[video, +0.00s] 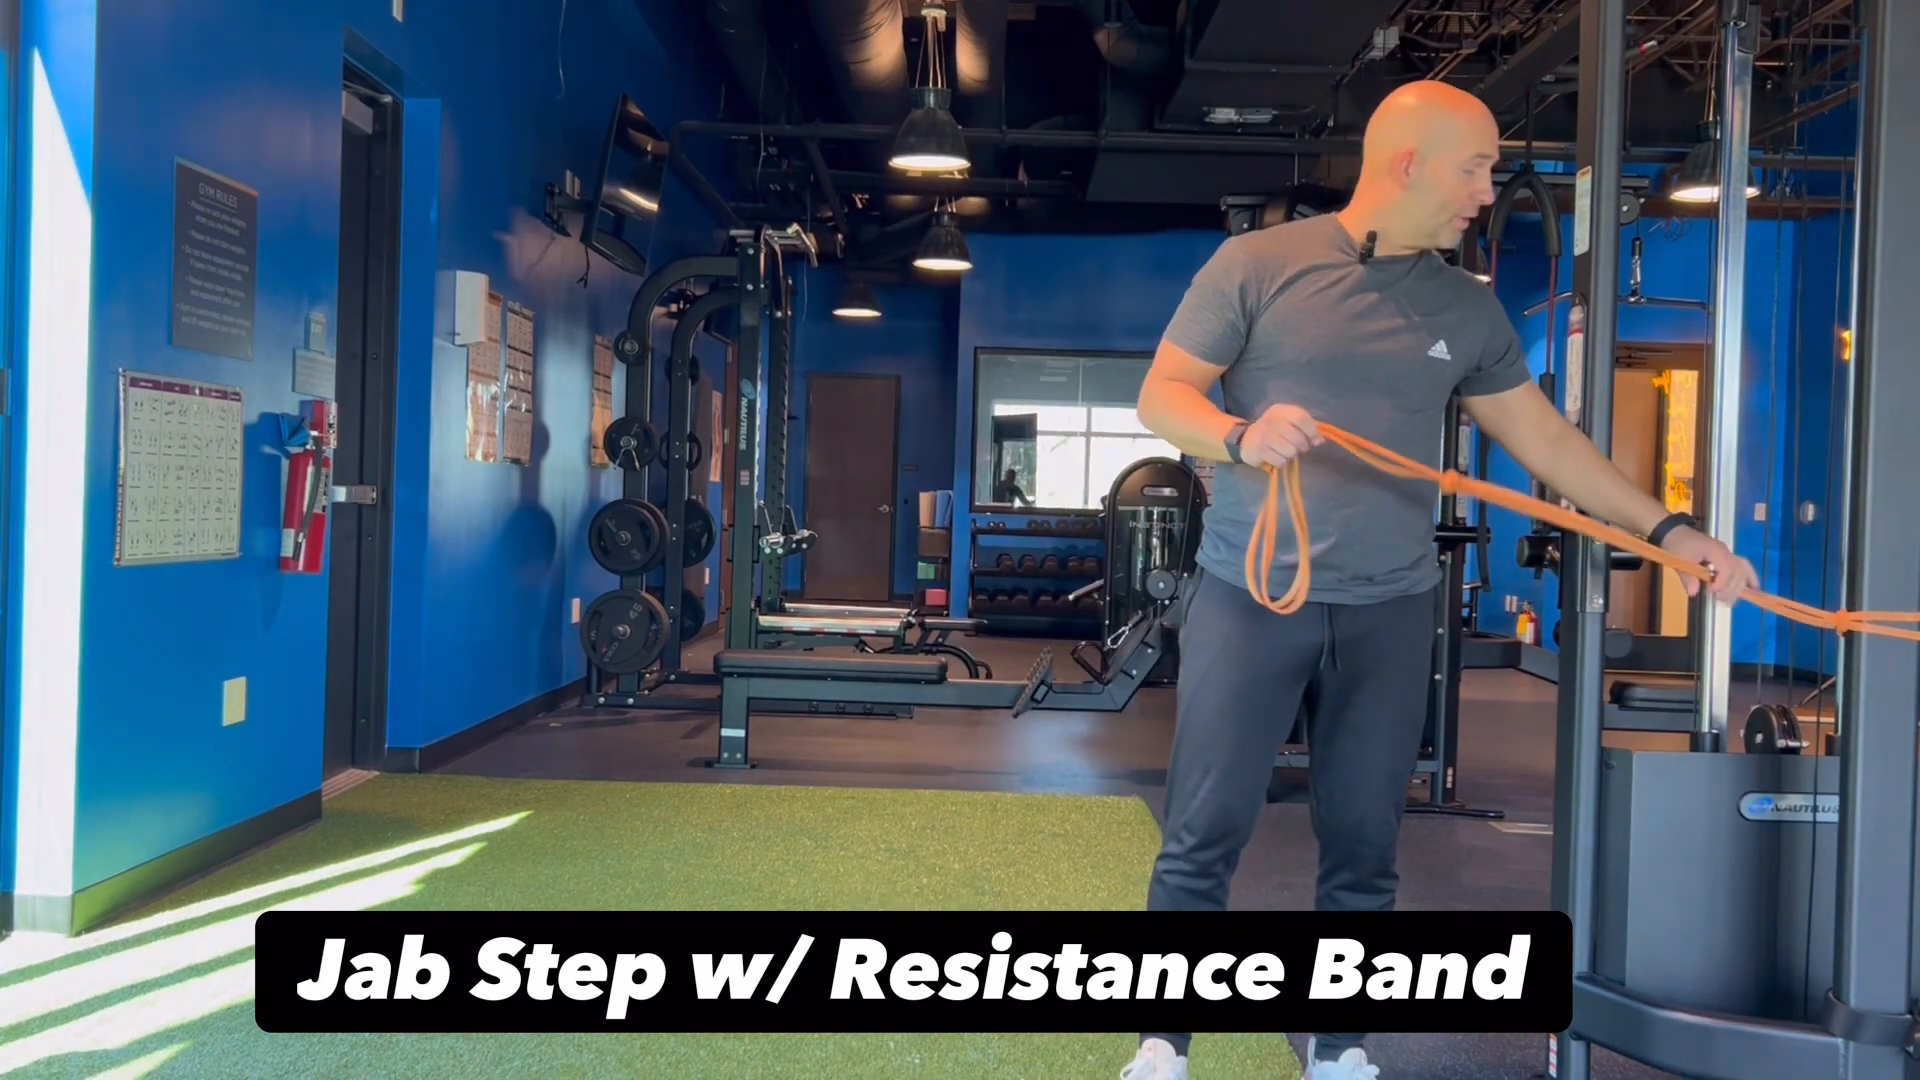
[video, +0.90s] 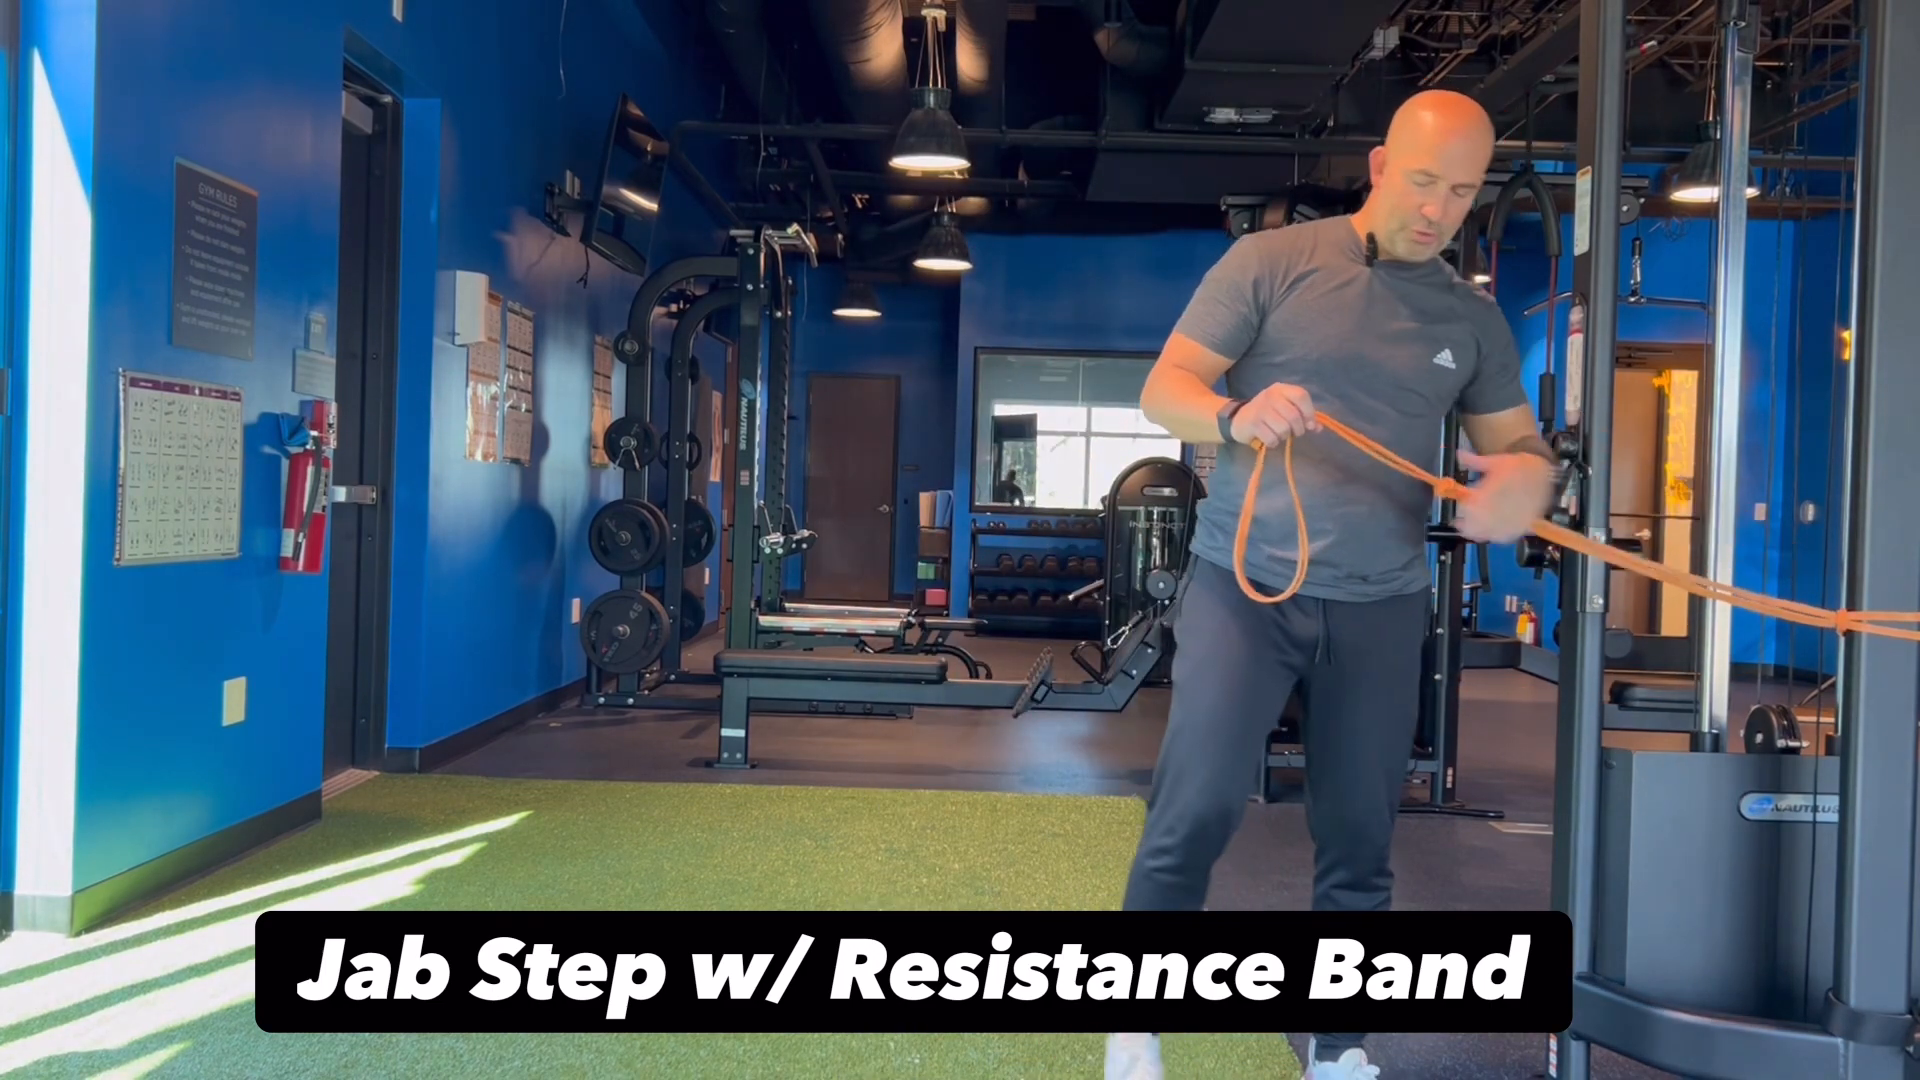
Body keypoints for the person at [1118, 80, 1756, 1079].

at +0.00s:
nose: (1488, 193)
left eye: (1492, 173)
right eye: (1475, 170)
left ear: (1421, 173)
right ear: (1401, 166)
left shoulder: (1468, 309)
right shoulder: (1254, 263)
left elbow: (1551, 443)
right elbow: (1163, 395)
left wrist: (1669, 531)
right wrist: (1238, 433)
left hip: (1391, 603)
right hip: (1248, 592)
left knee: (1363, 848)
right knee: (1202, 834)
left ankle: (1333, 1045)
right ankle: (1161, 1043)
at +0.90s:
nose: (1439, 211)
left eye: (1462, 194)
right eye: (1425, 183)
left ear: (1480, 197)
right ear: (1379, 165)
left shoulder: (1474, 322)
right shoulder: (1268, 262)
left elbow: (1524, 458)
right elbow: (1165, 389)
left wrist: (1515, 493)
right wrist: (1232, 413)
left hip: (1382, 606)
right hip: (1242, 589)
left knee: (1360, 844)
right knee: (1196, 809)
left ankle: (1329, 1038)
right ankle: (1132, 1024)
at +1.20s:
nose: (1324, 199)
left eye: (1345, 181)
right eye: (1305, 176)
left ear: (1368, 184)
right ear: (1262, 167)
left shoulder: (1391, 301)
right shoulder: (1179, 277)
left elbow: (1444, 437)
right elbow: (1092, 416)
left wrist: (1408, 439)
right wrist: (1180, 435)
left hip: (1329, 607)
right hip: (1188, 598)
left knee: (1335, 848)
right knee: (1126, 827)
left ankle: (1331, 1045)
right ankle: (1047, 1041)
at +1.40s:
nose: (1230, 200)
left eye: (1249, 176)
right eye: (1208, 176)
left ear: (1268, 168)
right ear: (1161, 166)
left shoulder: (1290, 286)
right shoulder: (1084, 274)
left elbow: (1348, 421)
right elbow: (1000, 423)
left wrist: (1349, 446)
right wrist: (1078, 468)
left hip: (1248, 602)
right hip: (1113, 598)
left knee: (1290, 838)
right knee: (1075, 843)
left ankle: (1322, 1043)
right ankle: (1042, 1048)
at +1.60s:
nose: (1171, 183)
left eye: (1185, 158)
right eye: (1148, 161)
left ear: (1199, 155)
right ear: (1094, 156)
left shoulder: (1219, 273)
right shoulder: (1022, 268)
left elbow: (1286, 386)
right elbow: (932, 407)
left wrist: (1334, 431)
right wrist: (960, 479)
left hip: (1192, 589)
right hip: (1065, 584)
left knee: (1204, 819)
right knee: (1050, 837)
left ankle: (1166, 1028)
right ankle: (1041, 1045)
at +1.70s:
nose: (1148, 173)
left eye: (1161, 150)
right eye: (1125, 153)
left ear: (1172, 150)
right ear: (1069, 152)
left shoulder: (1191, 269)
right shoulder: (1002, 263)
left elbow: (1267, 382)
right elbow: (912, 403)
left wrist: (1323, 418)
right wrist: (927, 478)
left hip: (1165, 582)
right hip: (1050, 574)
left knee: (1158, 808)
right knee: (1044, 826)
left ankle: (1075, 1006)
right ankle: (1033, 1042)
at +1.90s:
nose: (1114, 167)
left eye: (1124, 146)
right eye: (1091, 148)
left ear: (1134, 151)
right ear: (1034, 154)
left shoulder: (1149, 274)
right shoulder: (974, 261)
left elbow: (1236, 389)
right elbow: (875, 397)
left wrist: (1266, 386)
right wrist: (901, 460)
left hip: (1120, 579)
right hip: (1017, 570)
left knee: (1078, 819)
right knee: (1032, 826)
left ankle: (965, 1020)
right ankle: (1020, 1044)